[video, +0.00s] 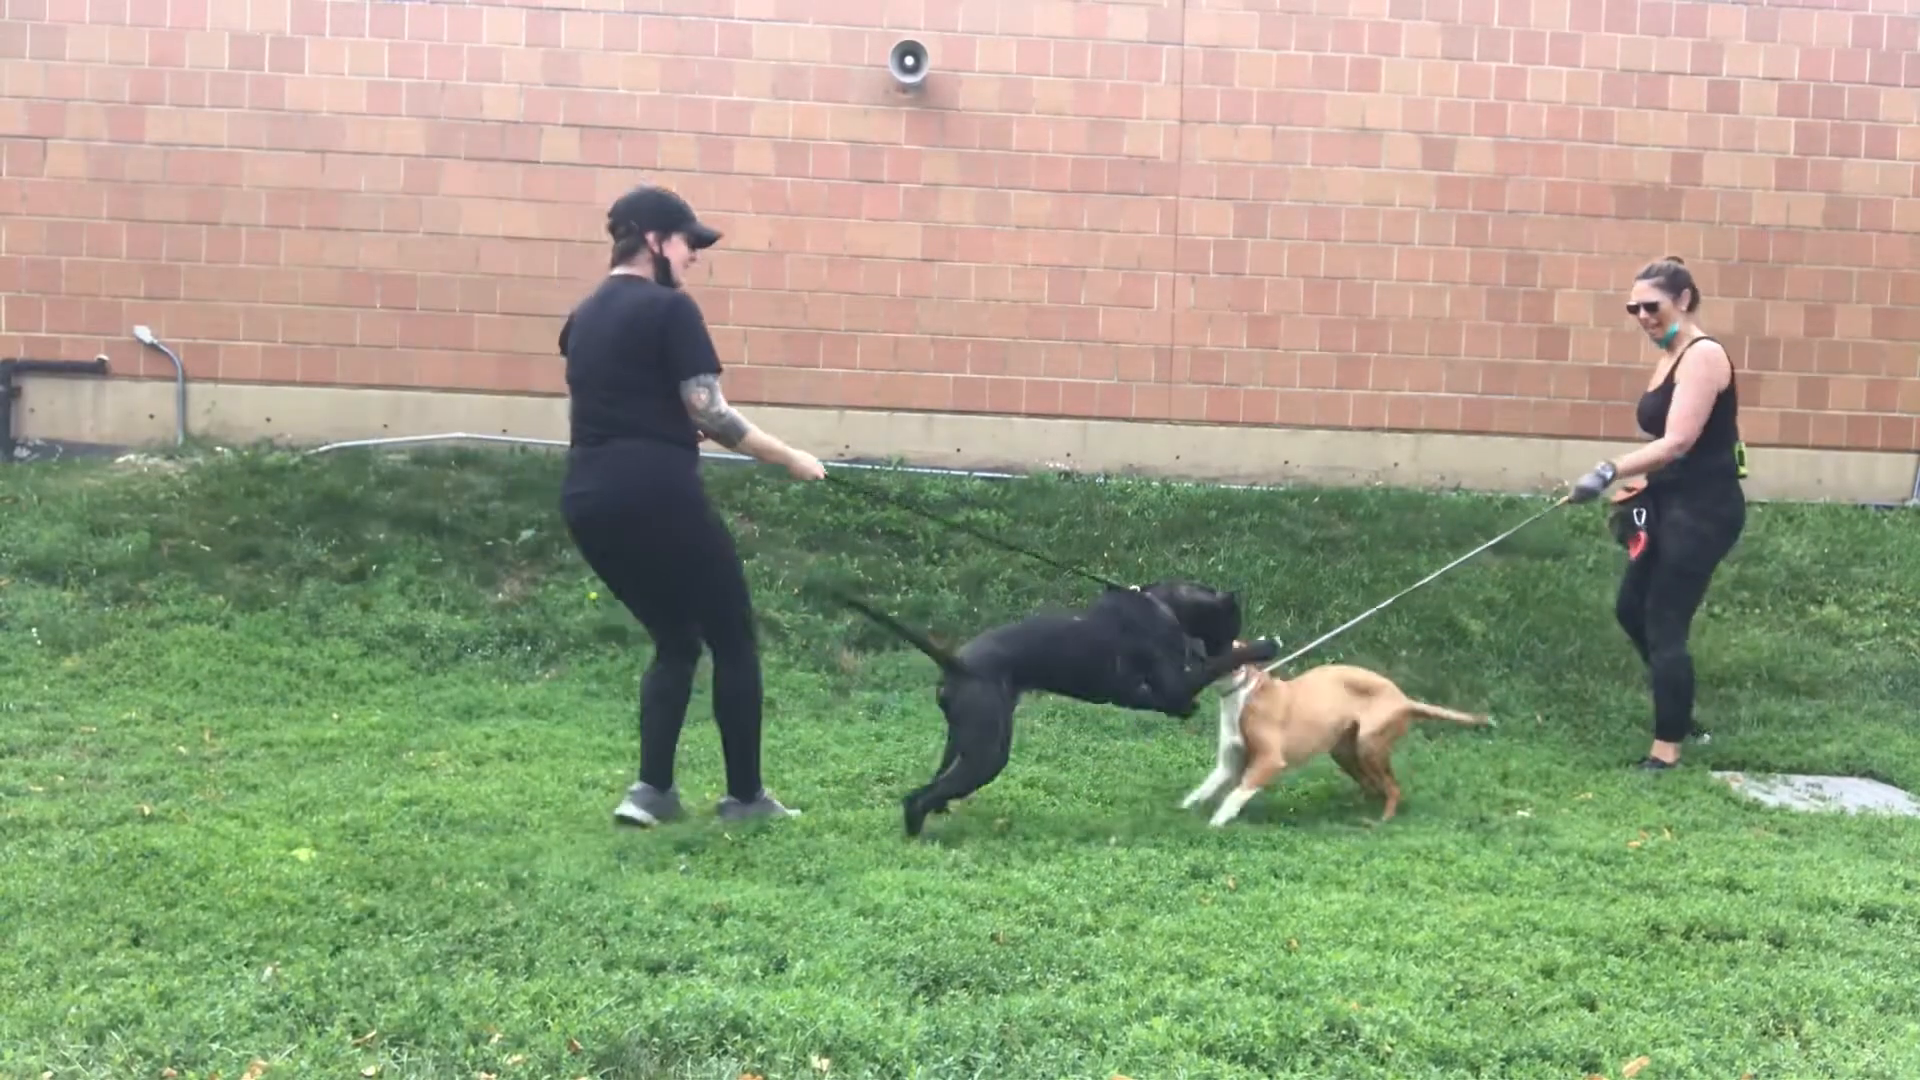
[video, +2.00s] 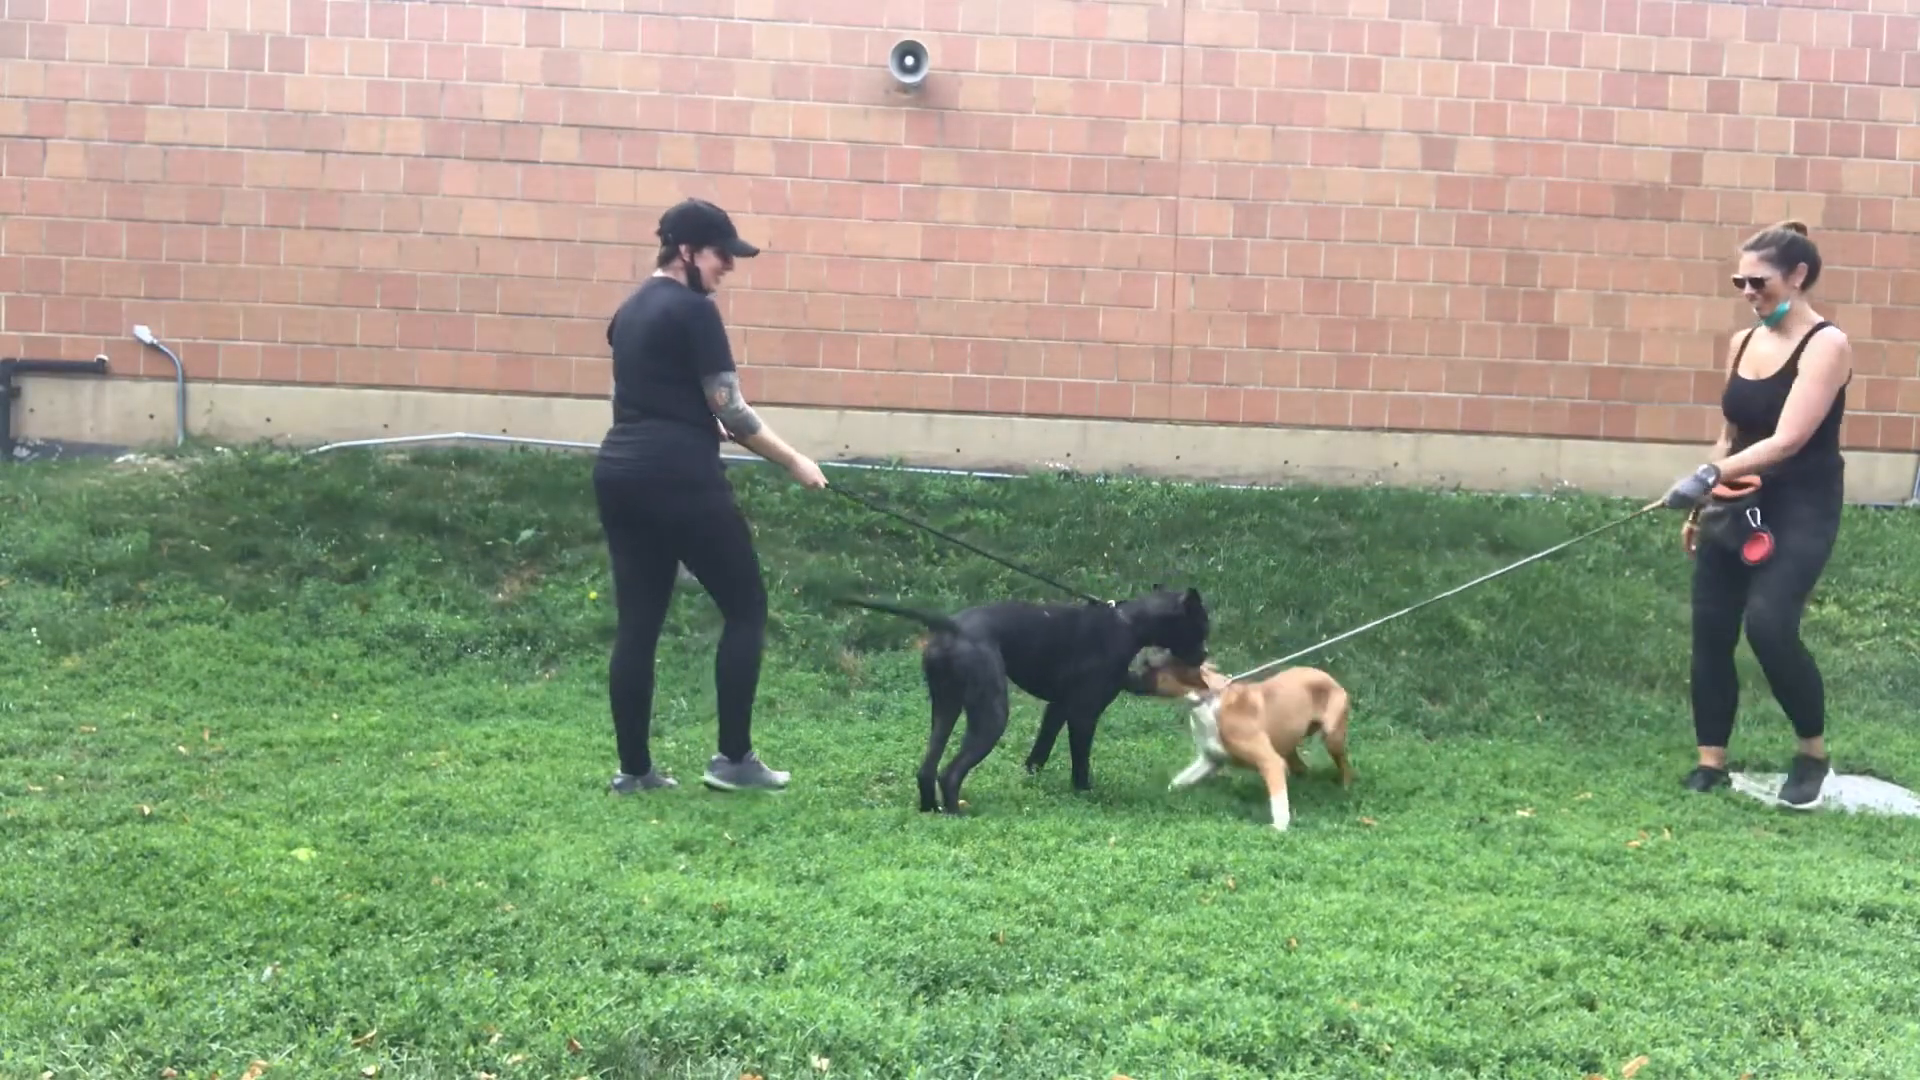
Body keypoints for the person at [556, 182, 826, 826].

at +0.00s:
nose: (694, 260)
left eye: (696, 248)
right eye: (690, 247)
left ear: (629, 244)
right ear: (655, 242)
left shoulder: (586, 312)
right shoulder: (670, 306)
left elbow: (606, 404)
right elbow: (707, 410)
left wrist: (689, 417)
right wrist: (787, 456)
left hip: (588, 494)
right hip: (661, 494)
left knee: (675, 638)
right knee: (733, 635)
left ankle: (651, 789)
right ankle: (746, 796)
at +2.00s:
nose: (727, 266)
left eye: (728, 256)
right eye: (720, 255)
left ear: (676, 254)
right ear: (686, 252)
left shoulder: (630, 307)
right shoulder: (693, 308)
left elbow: (644, 400)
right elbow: (730, 410)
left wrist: (717, 419)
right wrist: (793, 460)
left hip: (620, 472)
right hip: (682, 475)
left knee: (637, 623)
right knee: (746, 606)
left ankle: (634, 770)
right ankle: (735, 756)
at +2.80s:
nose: (730, 271)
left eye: (732, 261)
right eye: (724, 260)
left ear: (681, 259)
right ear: (690, 256)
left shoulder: (638, 314)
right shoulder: (698, 314)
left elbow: (643, 404)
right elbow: (729, 407)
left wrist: (715, 429)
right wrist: (795, 454)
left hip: (640, 468)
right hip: (695, 473)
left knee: (666, 616)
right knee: (714, 622)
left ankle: (640, 754)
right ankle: (730, 765)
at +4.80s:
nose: (711, 269)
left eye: (717, 260)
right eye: (698, 262)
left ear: (725, 266)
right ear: (675, 270)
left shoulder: (687, 319)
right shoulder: (688, 323)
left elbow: (727, 401)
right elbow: (740, 400)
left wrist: (777, 426)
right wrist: (810, 436)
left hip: (676, 465)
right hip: (699, 469)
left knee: (687, 603)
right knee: (738, 601)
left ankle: (672, 742)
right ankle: (733, 741)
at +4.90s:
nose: (718, 267)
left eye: (723, 258)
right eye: (704, 260)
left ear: (729, 265)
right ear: (681, 269)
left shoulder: (693, 318)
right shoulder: (695, 322)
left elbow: (735, 399)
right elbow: (747, 400)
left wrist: (785, 426)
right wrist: (816, 436)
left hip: (684, 464)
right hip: (706, 468)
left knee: (695, 607)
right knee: (728, 604)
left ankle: (673, 742)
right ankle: (731, 742)